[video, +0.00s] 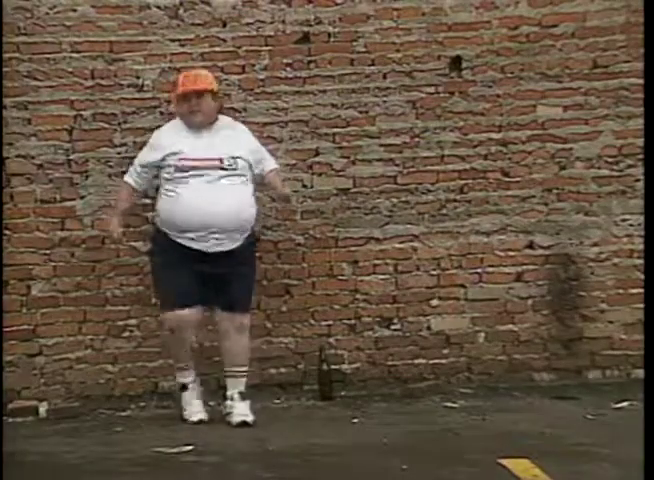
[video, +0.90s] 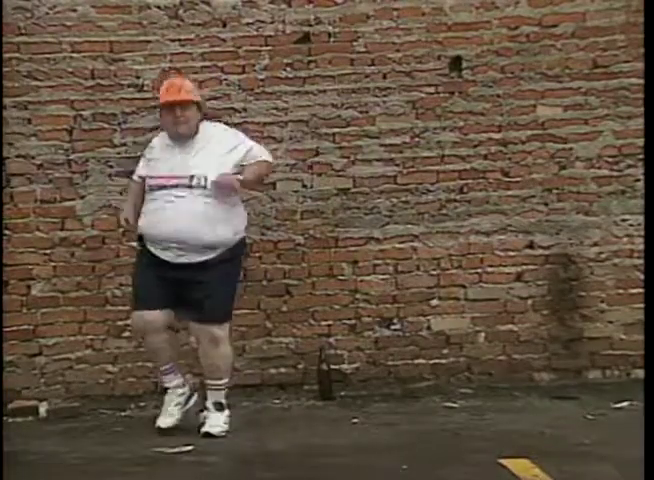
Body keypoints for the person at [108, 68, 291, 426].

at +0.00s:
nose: (195, 105)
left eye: (201, 97)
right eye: (187, 99)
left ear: (215, 100)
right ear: (176, 104)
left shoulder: (237, 133)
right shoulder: (164, 138)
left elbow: (266, 169)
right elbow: (134, 182)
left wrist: (280, 188)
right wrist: (116, 214)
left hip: (235, 244)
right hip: (176, 244)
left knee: (237, 320)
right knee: (180, 318)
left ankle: (237, 396)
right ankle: (189, 388)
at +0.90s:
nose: (178, 114)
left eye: (185, 106)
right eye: (170, 108)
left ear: (199, 108)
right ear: (161, 113)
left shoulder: (224, 138)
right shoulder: (157, 146)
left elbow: (264, 164)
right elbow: (140, 180)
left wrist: (241, 182)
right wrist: (130, 208)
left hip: (213, 256)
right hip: (157, 254)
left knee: (211, 332)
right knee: (147, 321)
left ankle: (217, 407)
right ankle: (176, 388)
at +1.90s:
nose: (151, 111)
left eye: (158, 105)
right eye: (148, 105)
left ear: (180, 107)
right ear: (148, 109)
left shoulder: (202, 137)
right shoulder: (156, 149)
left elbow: (216, 182)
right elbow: (150, 200)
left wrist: (168, 182)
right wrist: (107, 201)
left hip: (217, 246)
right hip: (172, 253)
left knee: (216, 330)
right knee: (149, 321)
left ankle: (234, 411)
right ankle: (170, 403)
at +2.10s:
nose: (131, 123)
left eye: (138, 116)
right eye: (127, 117)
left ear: (159, 111)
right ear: (125, 117)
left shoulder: (181, 136)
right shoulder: (127, 151)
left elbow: (170, 181)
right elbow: (97, 194)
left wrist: (138, 209)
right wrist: (70, 229)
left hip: (216, 240)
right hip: (168, 253)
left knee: (216, 321)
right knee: (161, 327)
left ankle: (231, 404)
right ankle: (180, 412)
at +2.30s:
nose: (141, 125)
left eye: (145, 118)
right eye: (138, 120)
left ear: (165, 106)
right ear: (138, 116)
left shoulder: (197, 126)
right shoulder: (136, 143)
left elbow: (204, 169)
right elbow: (115, 184)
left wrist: (186, 210)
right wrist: (103, 212)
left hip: (200, 242)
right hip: (147, 249)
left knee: (204, 318)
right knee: (157, 331)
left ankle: (222, 392)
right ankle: (178, 411)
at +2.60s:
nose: (167, 117)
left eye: (174, 110)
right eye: (163, 111)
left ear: (194, 108)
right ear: (159, 112)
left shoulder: (221, 142)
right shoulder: (163, 145)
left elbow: (254, 186)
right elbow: (164, 192)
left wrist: (229, 210)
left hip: (196, 252)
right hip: (142, 251)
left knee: (196, 336)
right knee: (133, 334)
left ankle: (217, 411)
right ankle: (169, 405)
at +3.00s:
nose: (139, 129)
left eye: (147, 122)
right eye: (135, 122)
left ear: (168, 121)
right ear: (131, 122)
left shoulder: (190, 147)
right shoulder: (124, 150)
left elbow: (192, 178)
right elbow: (83, 176)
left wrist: (165, 202)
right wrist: (54, 202)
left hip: (200, 260)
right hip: (142, 261)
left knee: (206, 333)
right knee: (138, 333)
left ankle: (218, 411)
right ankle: (160, 412)